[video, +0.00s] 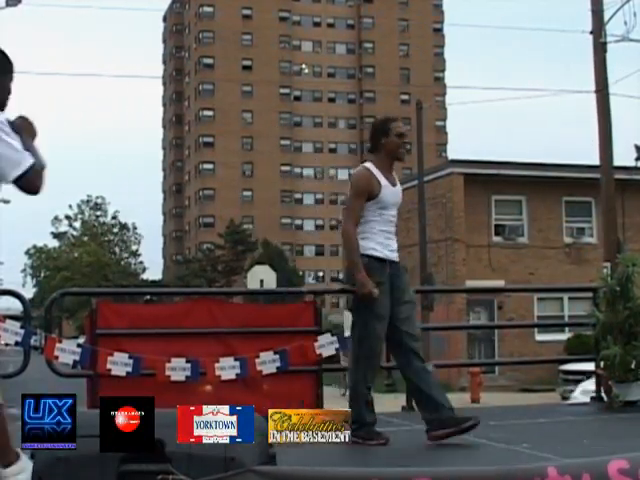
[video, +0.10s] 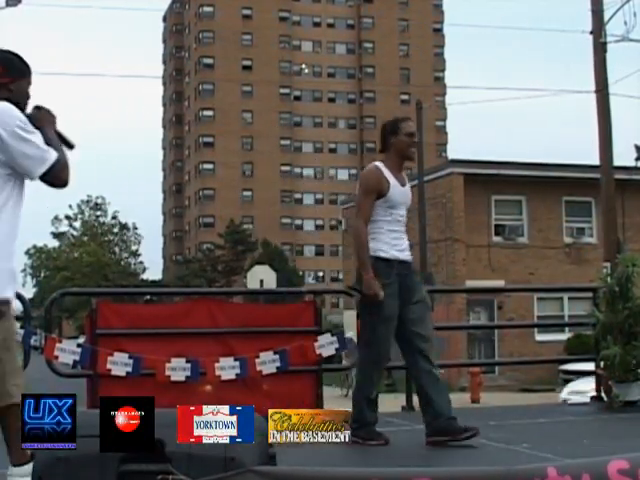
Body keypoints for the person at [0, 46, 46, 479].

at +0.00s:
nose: (11, 91)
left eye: (11, 82)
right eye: (9, 82)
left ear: (3, 84)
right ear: (2, 84)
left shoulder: (4, 130)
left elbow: (30, 181)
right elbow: (33, 182)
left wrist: (21, 140)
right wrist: (29, 141)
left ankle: (11, 459)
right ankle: (10, 460)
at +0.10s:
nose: (27, 96)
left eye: (28, 89)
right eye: (24, 88)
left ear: (3, 80)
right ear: (6, 82)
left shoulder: (9, 120)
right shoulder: (6, 117)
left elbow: (53, 175)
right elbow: (59, 175)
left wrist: (42, 132)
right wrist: (48, 130)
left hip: (4, 284)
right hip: (0, 285)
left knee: (10, 381)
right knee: (9, 383)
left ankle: (18, 462)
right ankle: (18, 463)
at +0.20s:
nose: (43, 98)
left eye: (43, 91)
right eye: (40, 91)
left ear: (9, 85)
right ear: (22, 86)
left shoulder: (11, 118)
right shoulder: (18, 118)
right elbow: (79, 172)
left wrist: (58, 130)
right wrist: (64, 128)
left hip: (15, 283)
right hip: (14, 285)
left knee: (18, 396)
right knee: (19, 398)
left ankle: (20, 468)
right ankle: (20, 470)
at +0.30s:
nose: (59, 94)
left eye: (58, 87)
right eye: (55, 86)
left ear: (20, 84)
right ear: (32, 83)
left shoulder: (9, 118)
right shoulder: (33, 117)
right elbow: (96, 169)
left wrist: (72, 128)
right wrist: (79, 125)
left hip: (8, 270)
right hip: (30, 271)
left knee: (21, 365)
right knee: (60, 359)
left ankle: (22, 465)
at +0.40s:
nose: (75, 92)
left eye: (74, 85)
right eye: (72, 84)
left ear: (33, 86)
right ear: (52, 84)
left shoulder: (10, 122)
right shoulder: (52, 117)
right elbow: (112, 165)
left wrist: (90, 128)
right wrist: (96, 123)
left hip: (6, 268)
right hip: (46, 265)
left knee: (25, 361)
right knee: (87, 354)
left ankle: (22, 449)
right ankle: (36, 451)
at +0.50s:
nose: (94, 94)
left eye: (92, 87)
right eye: (90, 86)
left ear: (50, 86)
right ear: (71, 86)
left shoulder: (23, 128)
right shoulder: (70, 120)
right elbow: (129, 166)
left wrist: (104, 126)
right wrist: (115, 124)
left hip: (15, 270)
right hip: (62, 268)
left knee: (29, 369)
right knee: (109, 364)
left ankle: (23, 464)